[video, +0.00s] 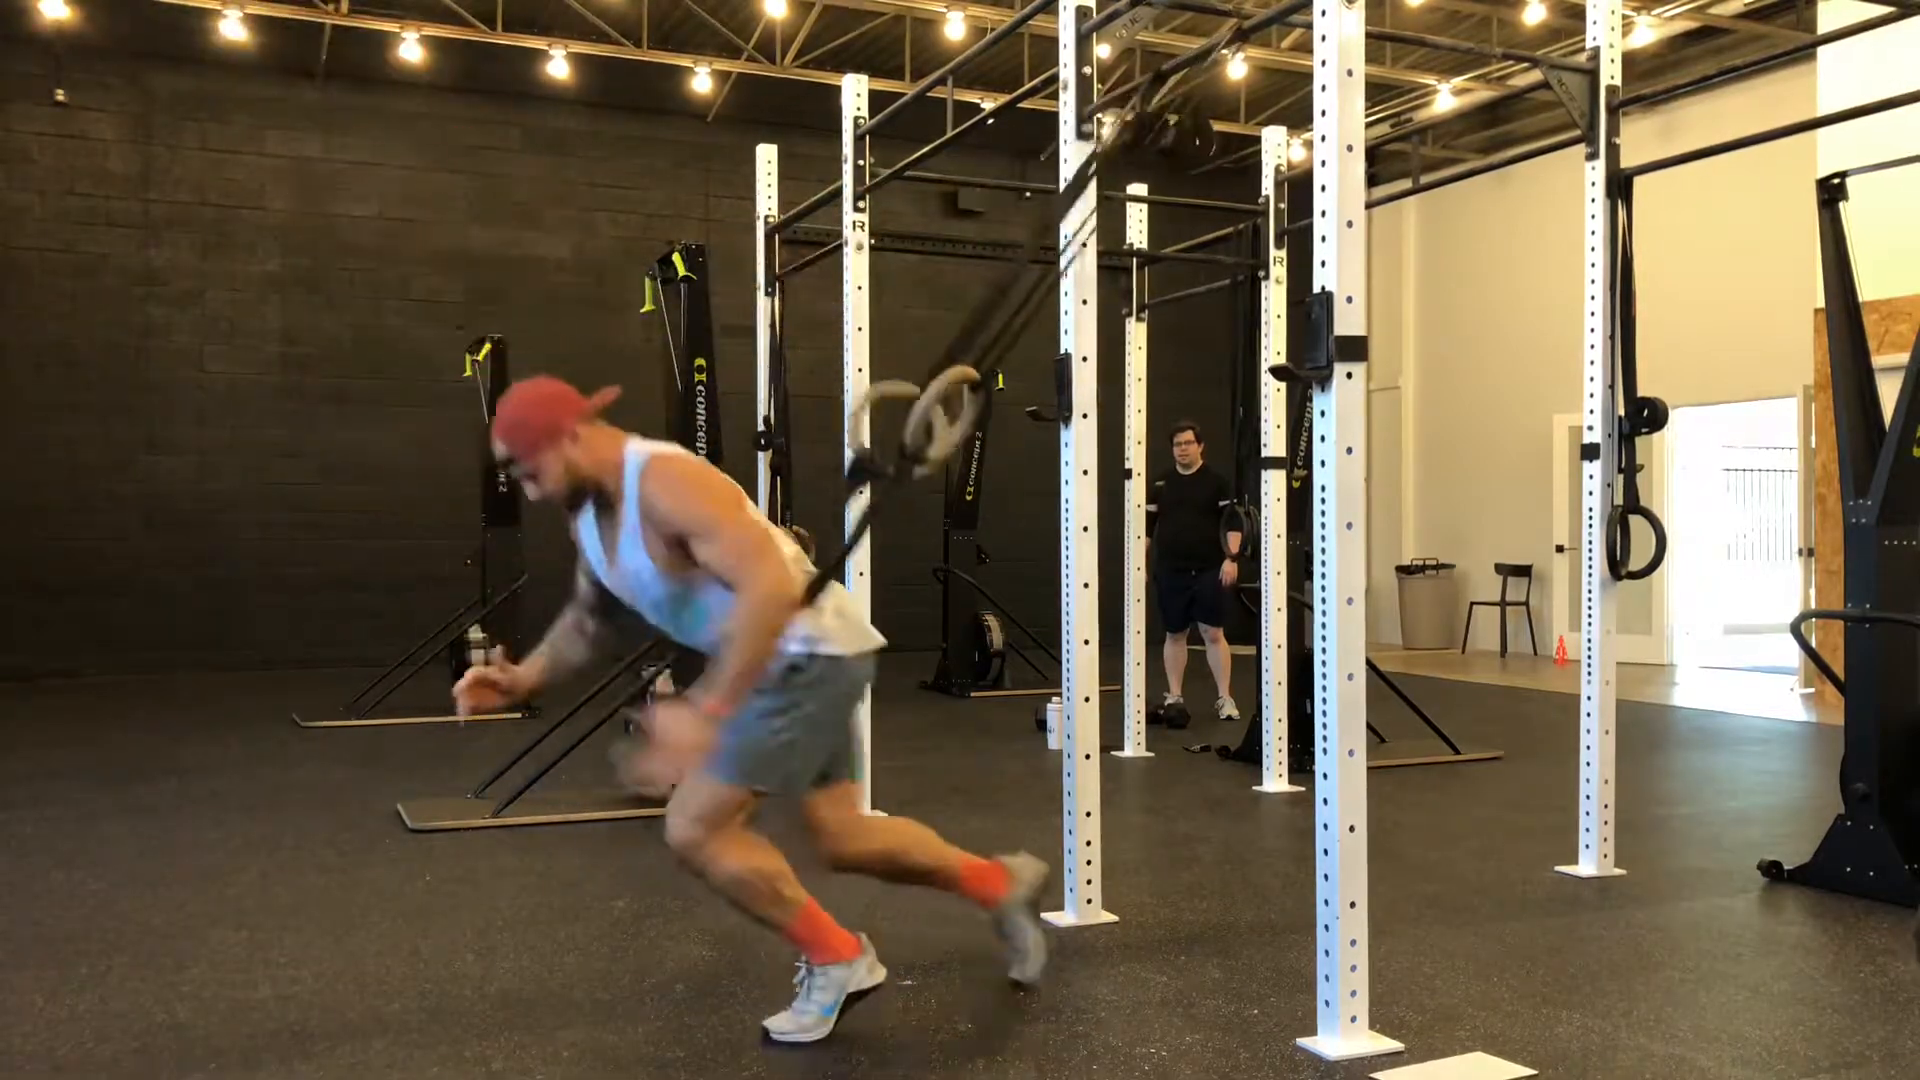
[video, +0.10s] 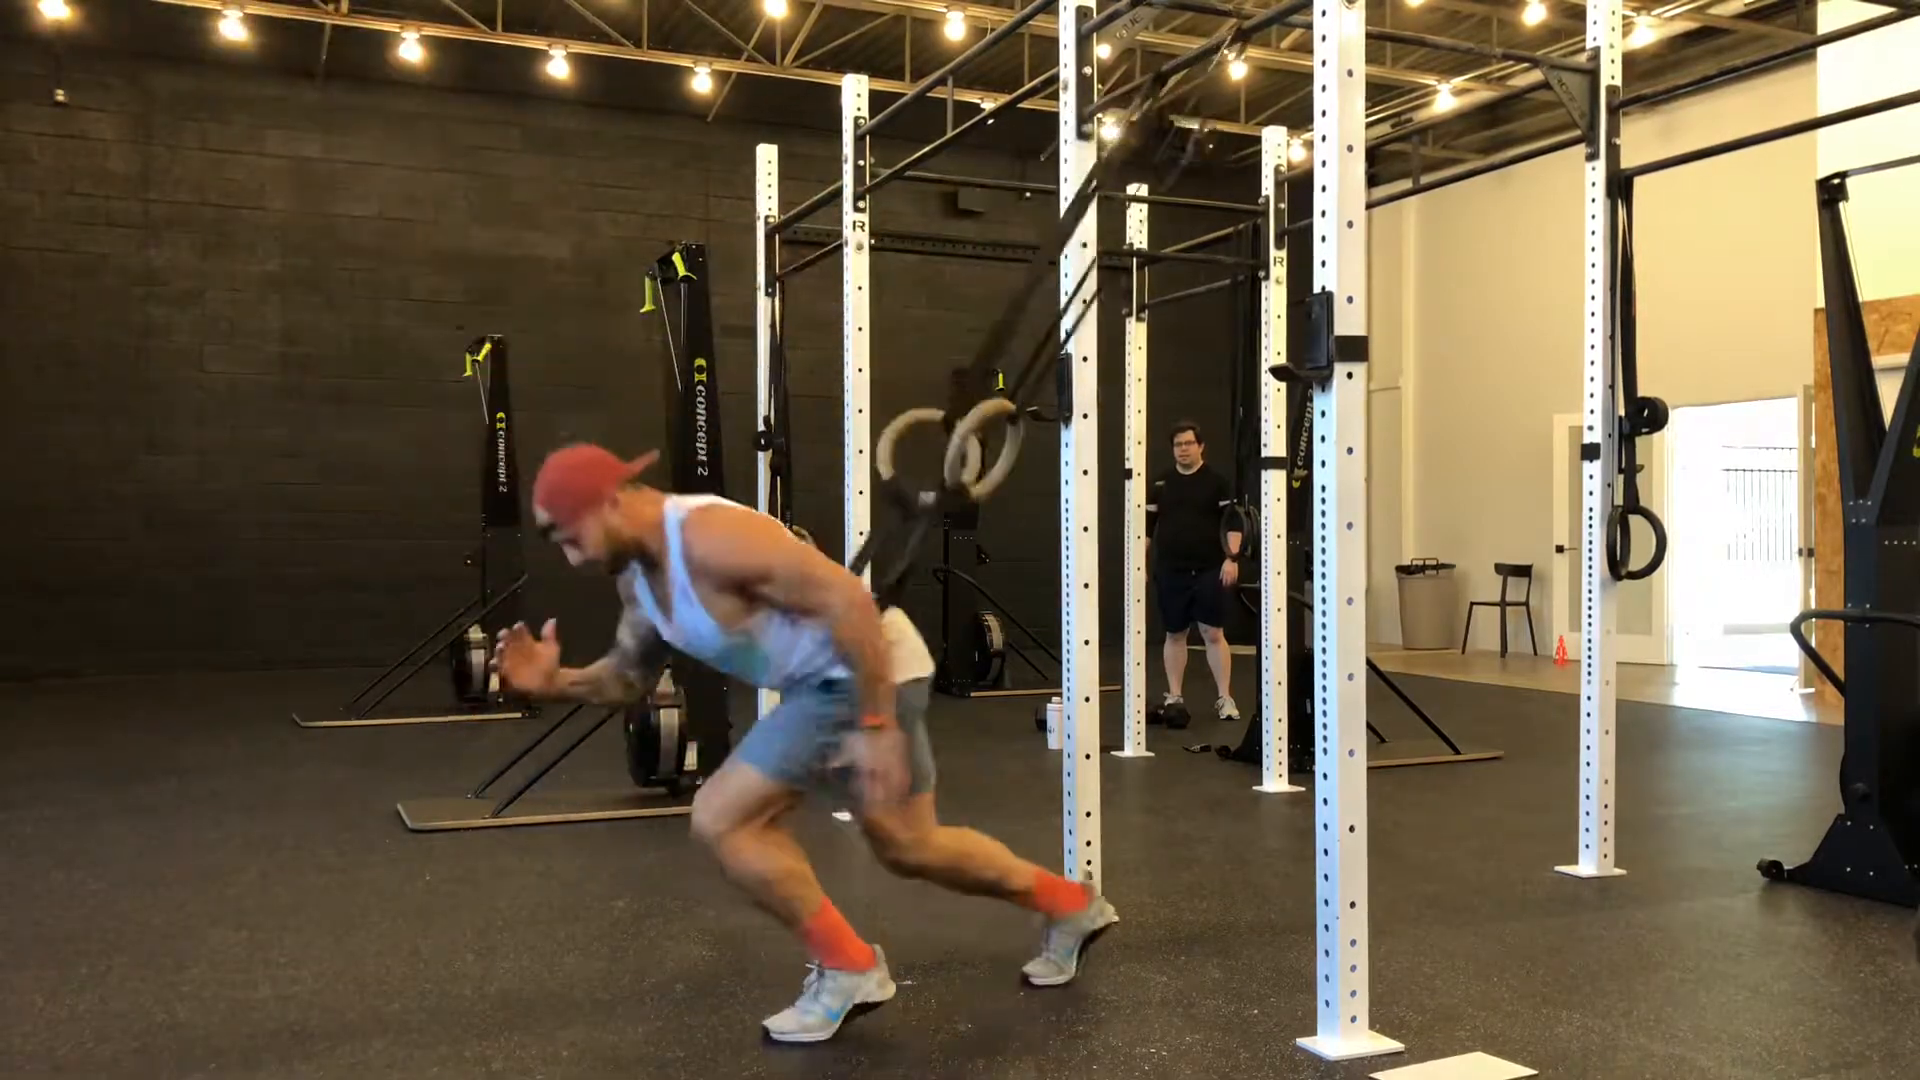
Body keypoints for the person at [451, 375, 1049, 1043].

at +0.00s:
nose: (526, 486)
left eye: (529, 468)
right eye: (518, 473)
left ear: (573, 434)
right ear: (561, 447)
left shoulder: (669, 480)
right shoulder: (596, 520)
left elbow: (774, 585)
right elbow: (588, 622)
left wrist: (707, 708)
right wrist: (523, 678)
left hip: (814, 653)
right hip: (793, 658)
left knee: (696, 827)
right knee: (843, 838)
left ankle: (839, 958)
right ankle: (1003, 883)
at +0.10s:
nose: (561, 544)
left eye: (565, 528)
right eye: (555, 532)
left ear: (610, 503)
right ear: (602, 509)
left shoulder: (711, 535)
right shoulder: (642, 581)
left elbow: (847, 597)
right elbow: (625, 679)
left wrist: (881, 723)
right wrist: (553, 679)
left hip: (859, 672)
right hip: (825, 680)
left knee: (723, 819)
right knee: (908, 843)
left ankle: (850, 968)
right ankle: (1071, 902)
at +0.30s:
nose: (594, 565)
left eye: (591, 548)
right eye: (585, 555)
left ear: (628, 510)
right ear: (623, 517)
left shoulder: (724, 524)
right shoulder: (672, 582)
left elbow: (867, 552)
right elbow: (643, 661)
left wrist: (938, 651)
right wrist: (579, 656)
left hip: (891, 645)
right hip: (894, 645)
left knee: (773, 794)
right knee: (948, 812)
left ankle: (864, 975)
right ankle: (1086, 907)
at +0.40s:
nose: (592, 552)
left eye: (589, 535)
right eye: (581, 543)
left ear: (624, 498)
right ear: (619, 507)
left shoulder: (714, 511)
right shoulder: (668, 572)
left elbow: (860, 520)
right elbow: (637, 653)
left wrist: (934, 627)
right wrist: (574, 639)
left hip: (890, 632)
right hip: (893, 633)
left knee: (780, 792)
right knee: (956, 801)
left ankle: (865, 976)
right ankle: (1084, 904)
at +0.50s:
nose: (588, 550)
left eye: (585, 532)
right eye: (578, 540)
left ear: (619, 495)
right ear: (615, 502)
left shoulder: (711, 509)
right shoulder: (662, 567)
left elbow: (858, 512)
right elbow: (632, 650)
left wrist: (935, 615)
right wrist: (567, 633)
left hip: (886, 629)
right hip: (890, 630)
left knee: (778, 792)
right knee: (956, 801)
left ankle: (864, 976)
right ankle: (1084, 904)